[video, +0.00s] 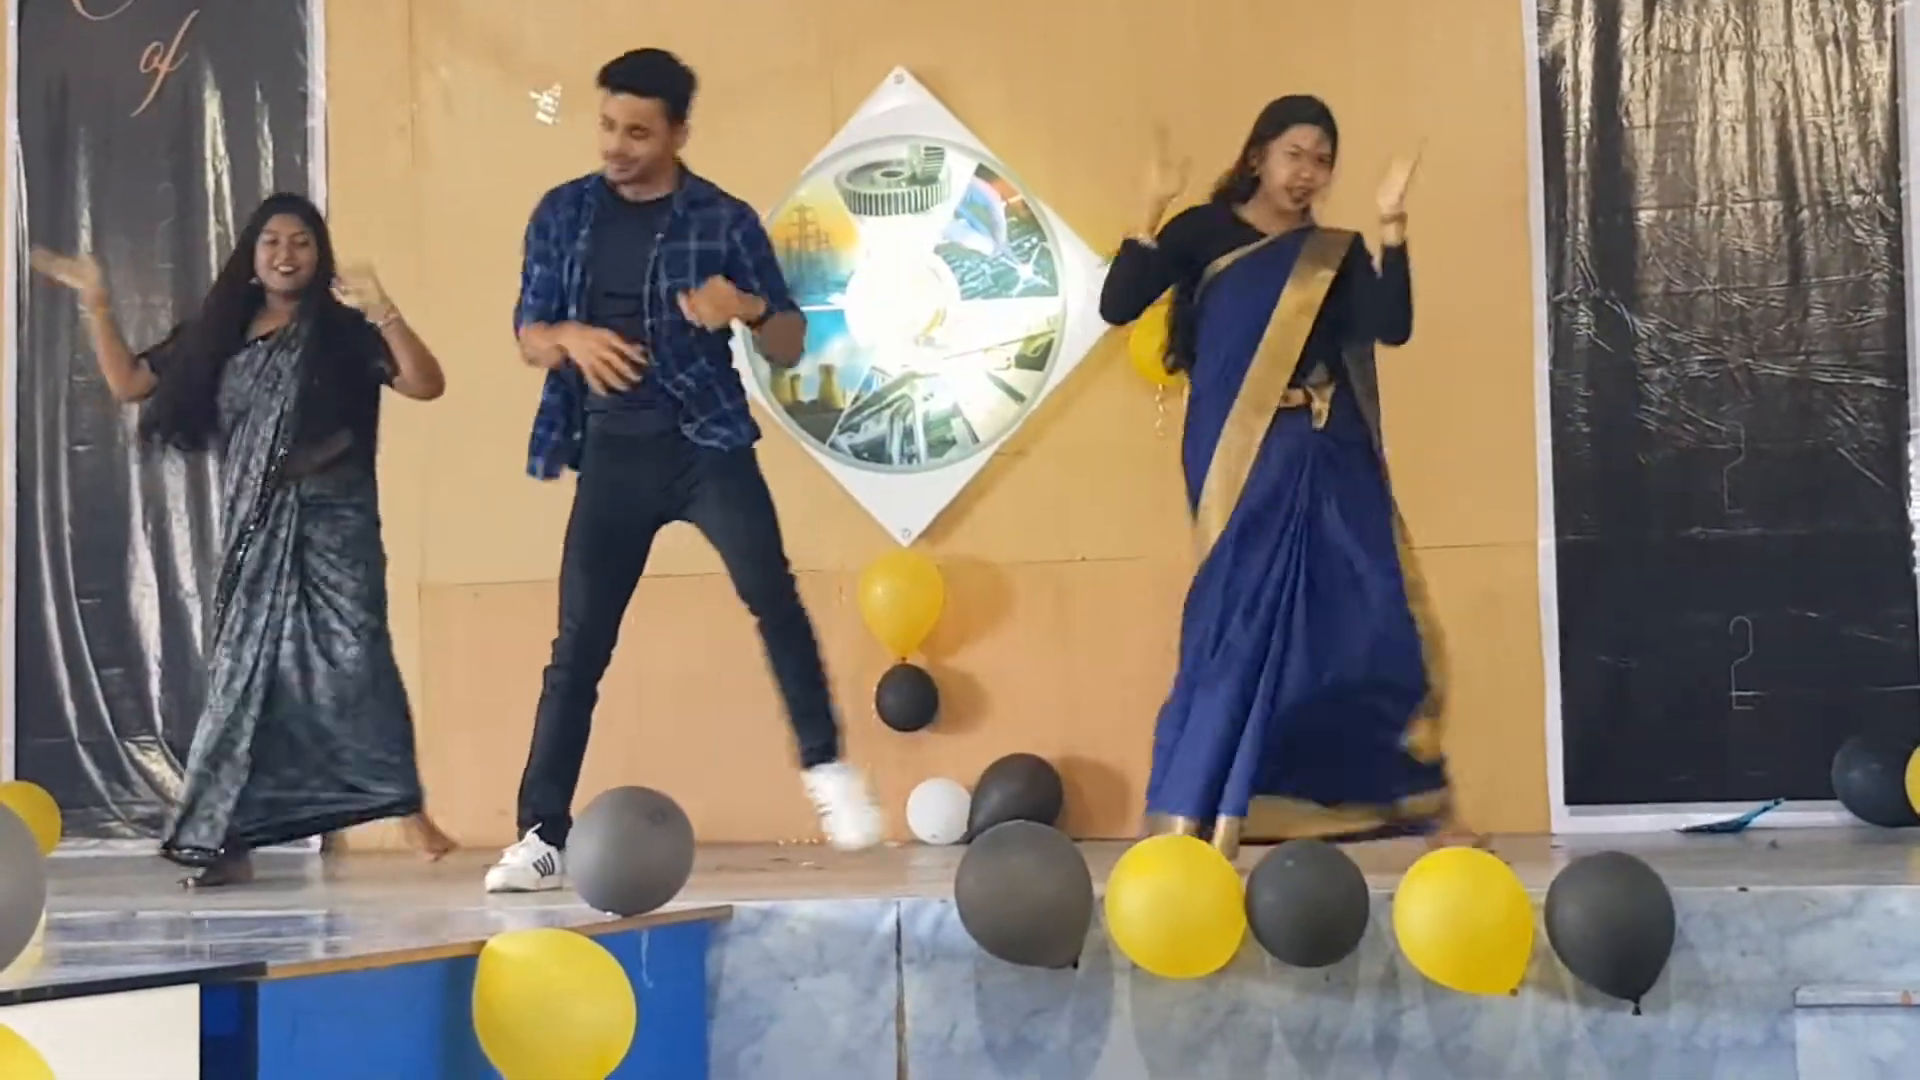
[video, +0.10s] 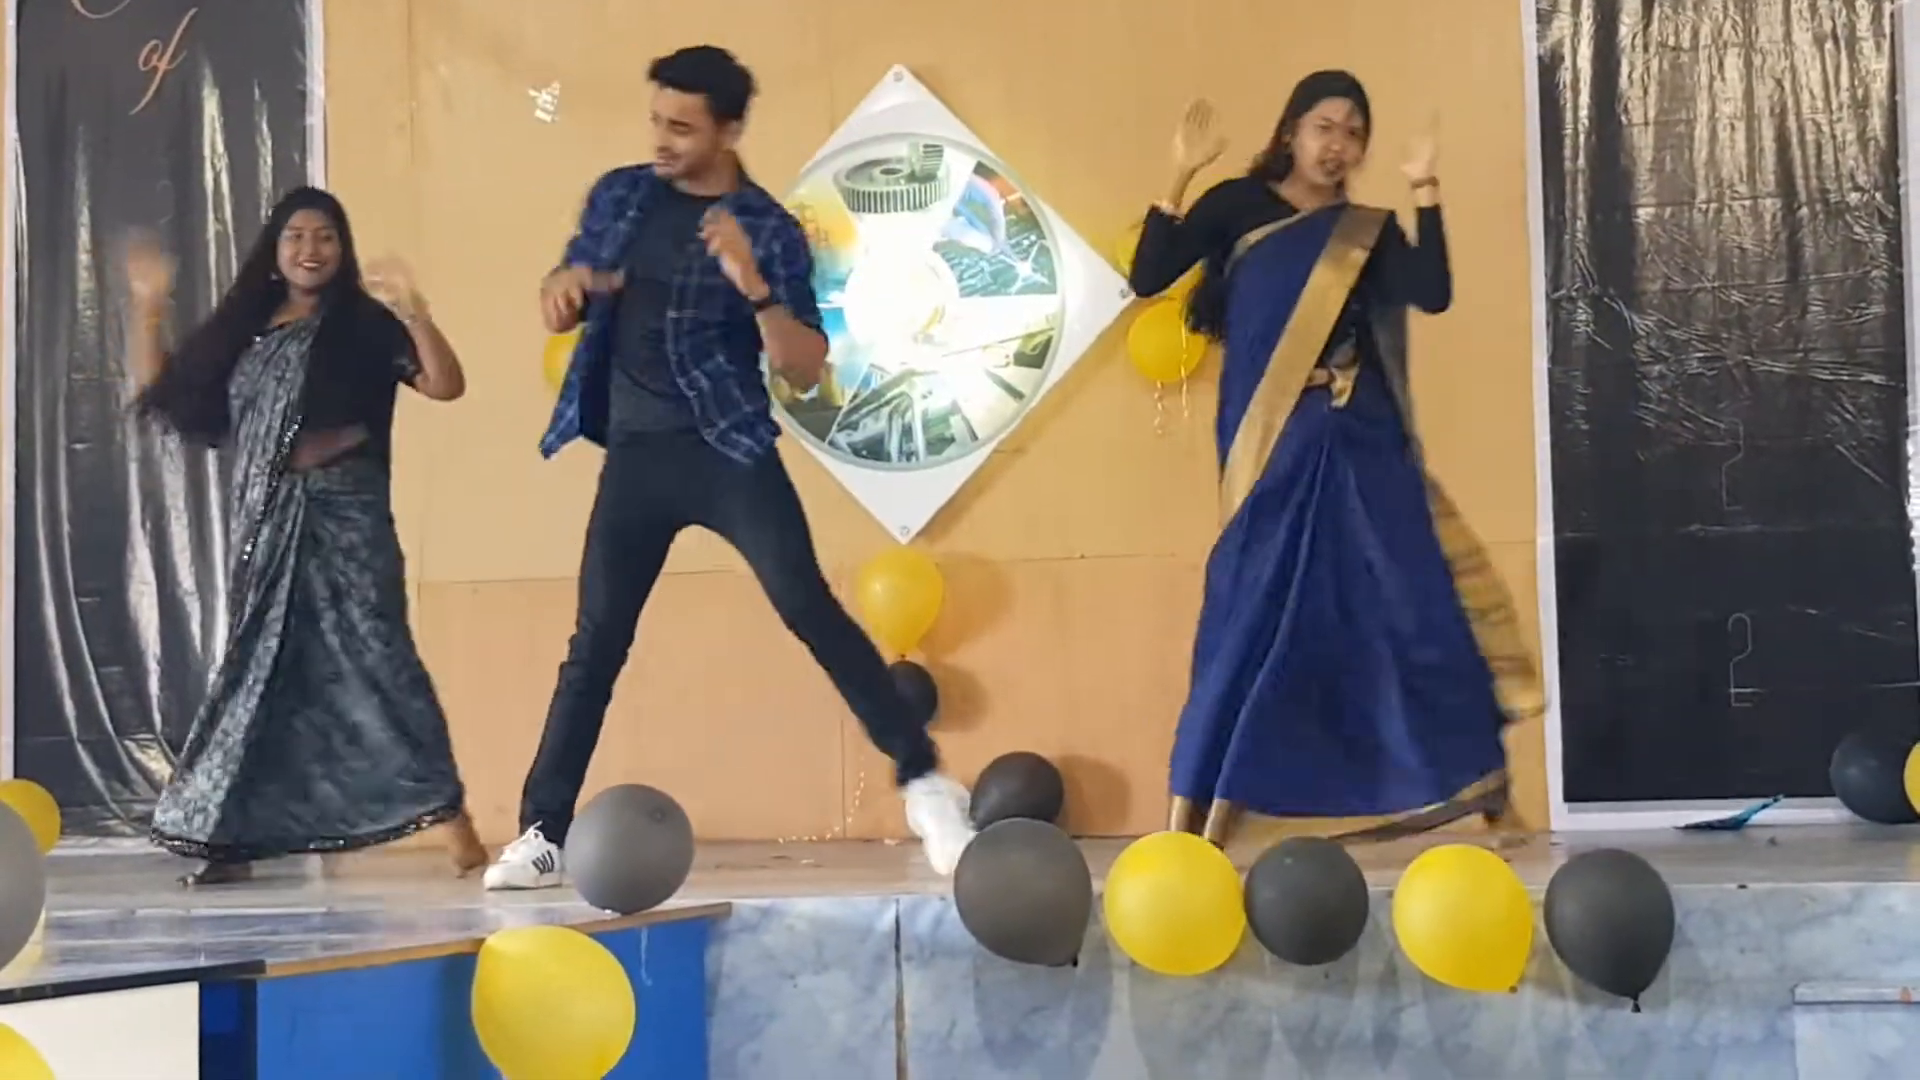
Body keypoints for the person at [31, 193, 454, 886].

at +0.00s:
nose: (284, 254)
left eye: (299, 242)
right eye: (271, 242)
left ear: (321, 256)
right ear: (251, 256)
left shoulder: (347, 331)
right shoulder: (227, 332)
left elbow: (427, 386)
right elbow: (130, 383)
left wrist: (386, 313)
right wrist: (96, 300)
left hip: (336, 518)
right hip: (256, 523)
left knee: (359, 663)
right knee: (240, 673)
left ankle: (412, 809)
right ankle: (226, 843)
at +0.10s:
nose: (311, 248)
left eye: (325, 237)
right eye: (296, 237)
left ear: (343, 250)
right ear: (274, 250)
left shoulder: (364, 323)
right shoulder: (246, 329)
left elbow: (446, 386)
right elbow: (162, 393)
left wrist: (416, 312)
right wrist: (149, 306)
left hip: (348, 516)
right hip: (268, 519)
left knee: (383, 661)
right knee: (256, 668)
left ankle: (452, 814)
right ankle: (229, 839)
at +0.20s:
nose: (339, 255)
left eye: (352, 243)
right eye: (324, 243)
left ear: (372, 255)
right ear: (302, 256)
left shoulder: (394, 329)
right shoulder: (274, 330)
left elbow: (462, 400)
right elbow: (205, 405)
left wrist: (454, 332)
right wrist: (213, 332)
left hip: (370, 509)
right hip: (287, 512)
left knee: (397, 662)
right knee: (263, 661)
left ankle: (456, 824)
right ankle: (225, 835)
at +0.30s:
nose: (373, 255)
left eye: (386, 243)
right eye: (357, 244)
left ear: (405, 256)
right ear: (335, 261)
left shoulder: (425, 330)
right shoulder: (313, 336)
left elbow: (487, 399)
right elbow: (235, 412)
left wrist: (486, 325)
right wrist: (229, 333)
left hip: (401, 513)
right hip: (321, 514)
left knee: (415, 668)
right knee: (284, 661)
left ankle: (462, 833)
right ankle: (235, 839)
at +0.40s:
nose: (396, 245)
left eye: (409, 235)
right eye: (382, 235)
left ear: (428, 251)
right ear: (358, 250)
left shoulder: (451, 325)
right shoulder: (334, 326)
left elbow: (515, 388)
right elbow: (249, 392)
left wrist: (496, 315)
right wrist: (229, 312)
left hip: (424, 509)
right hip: (343, 510)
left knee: (428, 662)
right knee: (297, 655)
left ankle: (459, 831)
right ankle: (267, 821)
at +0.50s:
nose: (412, 237)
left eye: (424, 227)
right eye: (397, 226)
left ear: (440, 240)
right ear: (373, 240)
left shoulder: (460, 317)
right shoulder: (345, 313)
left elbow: (540, 383)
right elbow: (271, 388)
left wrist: (499, 326)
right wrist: (246, 324)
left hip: (441, 496)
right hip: (360, 498)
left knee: (443, 656)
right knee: (347, 651)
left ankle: (453, 828)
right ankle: (340, 817)